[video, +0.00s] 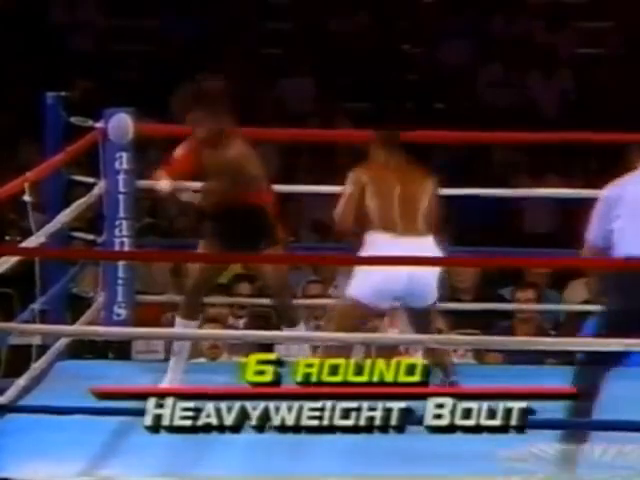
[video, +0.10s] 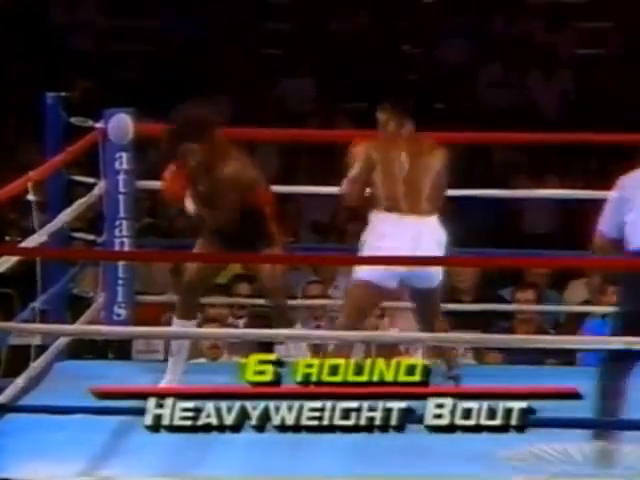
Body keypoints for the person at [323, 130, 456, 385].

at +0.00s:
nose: (372, 152)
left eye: (372, 146)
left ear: (374, 147)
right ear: (400, 147)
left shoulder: (362, 174)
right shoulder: (426, 178)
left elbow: (343, 221)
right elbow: (432, 223)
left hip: (379, 259)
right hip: (425, 259)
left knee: (336, 333)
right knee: (428, 332)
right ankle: (451, 382)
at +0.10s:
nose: (380, 128)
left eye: (381, 122)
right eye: (381, 122)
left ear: (388, 121)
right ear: (412, 123)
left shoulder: (369, 149)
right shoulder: (437, 152)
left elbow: (350, 194)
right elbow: (436, 198)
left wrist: (375, 195)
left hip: (384, 235)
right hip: (429, 237)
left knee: (349, 323)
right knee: (432, 320)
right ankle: (456, 376)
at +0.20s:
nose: (385, 99)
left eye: (387, 93)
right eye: (386, 93)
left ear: (396, 93)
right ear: (420, 95)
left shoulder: (383, 123)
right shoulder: (445, 127)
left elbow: (357, 171)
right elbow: (435, 171)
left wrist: (361, 141)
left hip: (394, 209)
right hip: (437, 211)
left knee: (367, 306)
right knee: (443, 306)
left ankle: (360, 376)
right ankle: (464, 372)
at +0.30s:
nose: (388, 102)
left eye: (390, 95)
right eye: (389, 96)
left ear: (401, 94)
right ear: (422, 95)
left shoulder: (391, 125)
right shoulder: (451, 129)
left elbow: (364, 174)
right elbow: (442, 171)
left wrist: (362, 144)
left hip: (400, 213)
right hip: (441, 213)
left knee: (375, 308)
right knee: (450, 307)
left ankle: (360, 376)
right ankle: (473, 371)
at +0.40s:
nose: (400, 122)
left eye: (402, 116)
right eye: (401, 116)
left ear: (410, 114)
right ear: (434, 115)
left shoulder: (398, 146)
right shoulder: (459, 151)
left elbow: (374, 195)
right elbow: (453, 192)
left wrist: (369, 169)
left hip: (407, 234)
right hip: (449, 234)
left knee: (374, 322)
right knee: (458, 320)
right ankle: (480, 378)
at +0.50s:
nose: (410, 134)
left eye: (412, 128)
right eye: (413, 129)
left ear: (417, 129)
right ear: (443, 132)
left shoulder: (398, 157)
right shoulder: (463, 163)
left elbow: (380, 201)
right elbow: (454, 204)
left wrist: (374, 179)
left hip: (402, 243)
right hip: (447, 245)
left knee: (365, 320)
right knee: (460, 323)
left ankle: (349, 383)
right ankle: (480, 382)